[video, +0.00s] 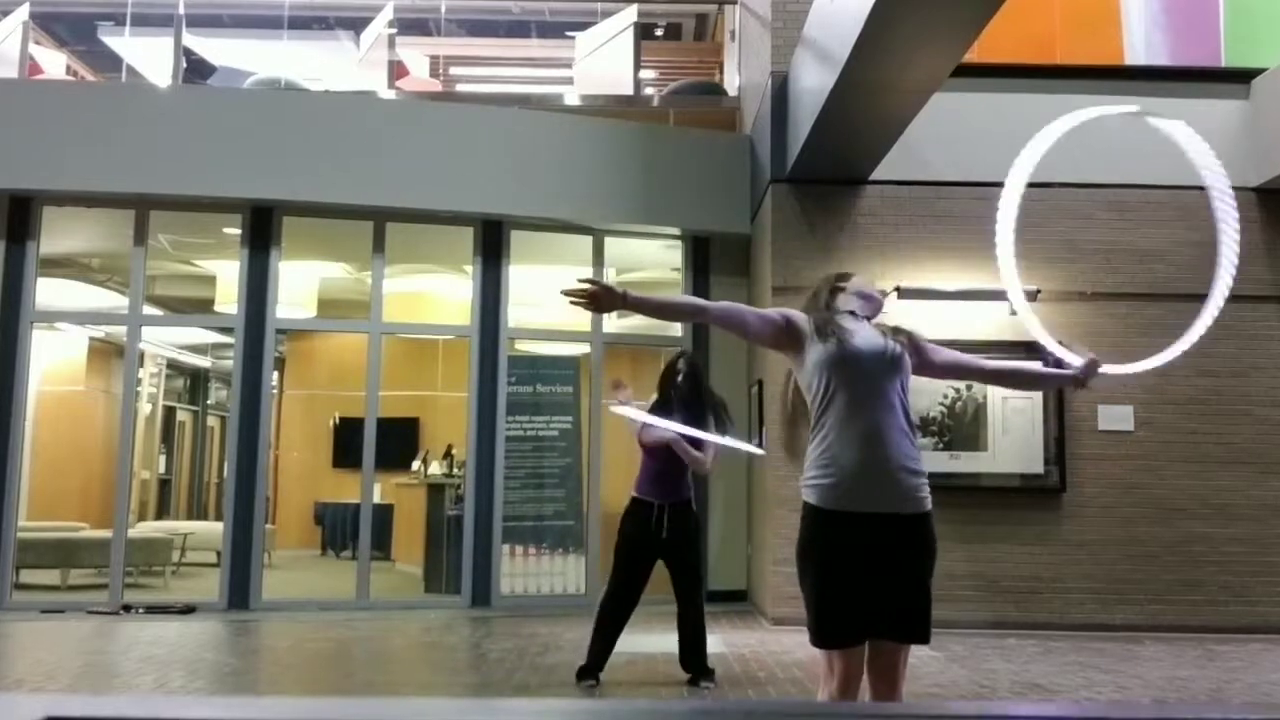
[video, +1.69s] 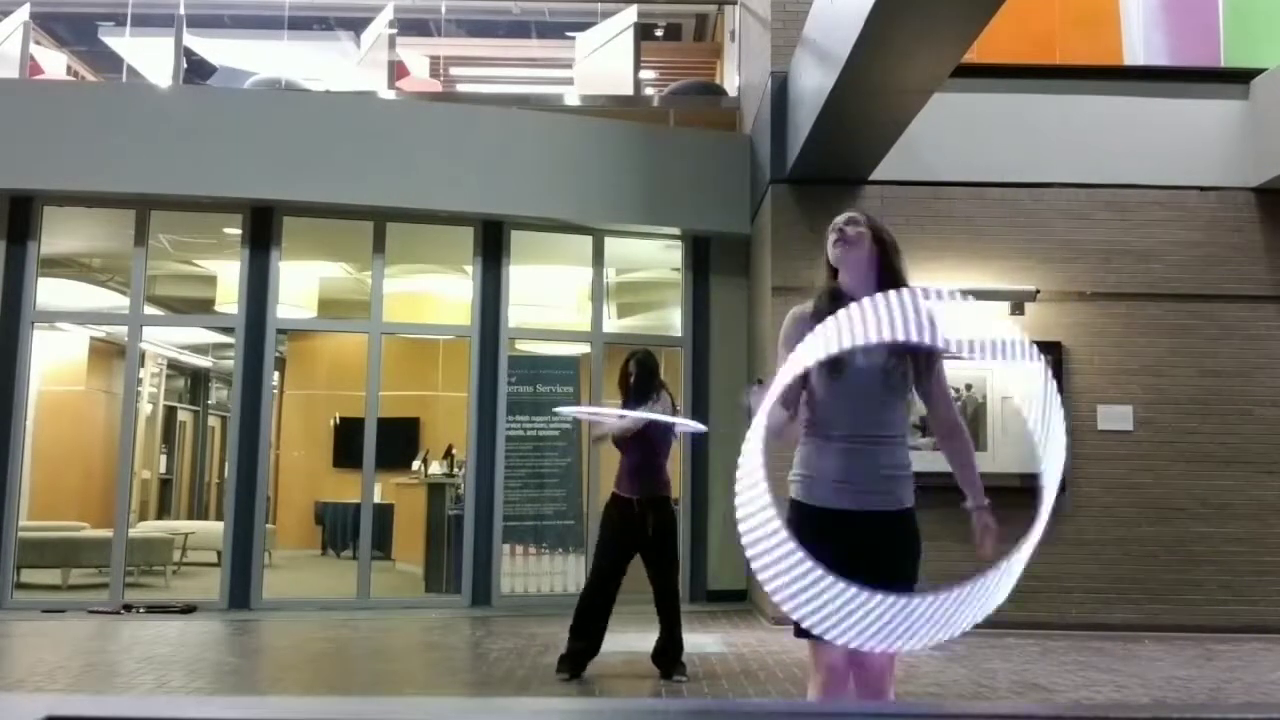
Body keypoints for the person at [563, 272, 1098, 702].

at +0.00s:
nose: (879, 292)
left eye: (880, 291)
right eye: (867, 287)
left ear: (872, 307)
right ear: (834, 292)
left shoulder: (903, 344)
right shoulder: (803, 331)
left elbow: (987, 368)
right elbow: (715, 313)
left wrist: (1064, 375)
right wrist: (628, 301)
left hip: (906, 515)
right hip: (832, 514)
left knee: (889, 675)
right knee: (844, 674)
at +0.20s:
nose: (884, 279)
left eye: (885, 276)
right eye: (873, 271)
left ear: (881, 293)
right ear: (842, 278)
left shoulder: (903, 338)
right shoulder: (806, 322)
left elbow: (991, 364)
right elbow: (709, 310)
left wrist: (1013, 325)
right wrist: (621, 302)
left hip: (903, 514)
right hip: (831, 512)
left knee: (887, 670)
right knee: (841, 670)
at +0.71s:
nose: (889, 246)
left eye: (887, 239)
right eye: (877, 240)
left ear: (878, 259)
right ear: (848, 254)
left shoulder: (904, 322)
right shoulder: (808, 312)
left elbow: (986, 358)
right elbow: (727, 330)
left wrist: (1065, 358)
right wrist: (649, 335)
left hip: (890, 506)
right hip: (822, 506)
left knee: (877, 672)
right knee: (837, 673)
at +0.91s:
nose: (873, 239)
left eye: (874, 233)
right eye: (859, 233)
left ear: (877, 252)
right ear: (829, 252)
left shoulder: (904, 324)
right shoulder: (795, 318)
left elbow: (982, 375)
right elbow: (724, 359)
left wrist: (1063, 415)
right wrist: (694, 360)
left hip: (883, 507)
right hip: (815, 507)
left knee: (872, 667)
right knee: (828, 672)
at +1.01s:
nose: (866, 241)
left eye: (870, 234)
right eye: (852, 234)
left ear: (877, 253)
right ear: (824, 253)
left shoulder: (905, 323)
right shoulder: (797, 318)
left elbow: (971, 393)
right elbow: (750, 375)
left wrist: (1033, 460)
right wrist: (739, 375)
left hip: (883, 508)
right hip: (816, 508)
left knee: (874, 666)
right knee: (830, 667)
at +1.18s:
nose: (861, 239)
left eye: (869, 233)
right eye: (848, 235)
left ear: (881, 252)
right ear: (828, 256)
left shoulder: (908, 325)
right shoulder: (803, 317)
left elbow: (944, 416)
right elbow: (782, 412)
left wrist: (931, 442)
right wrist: (816, 373)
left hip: (885, 500)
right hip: (815, 499)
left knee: (875, 652)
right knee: (820, 654)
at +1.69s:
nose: (840, 235)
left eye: (853, 228)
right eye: (832, 233)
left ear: (880, 250)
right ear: (827, 258)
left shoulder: (909, 320)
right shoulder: (804, 320)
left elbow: (946, 423)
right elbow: (777, 427)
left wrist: (978, 504)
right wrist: (783, 407)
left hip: (889, 511)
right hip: (817, 509)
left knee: (875, 671)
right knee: (830, 669)